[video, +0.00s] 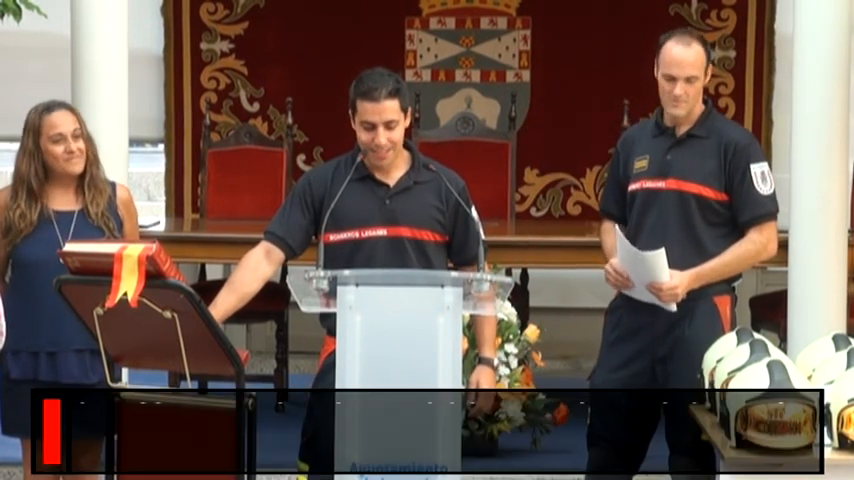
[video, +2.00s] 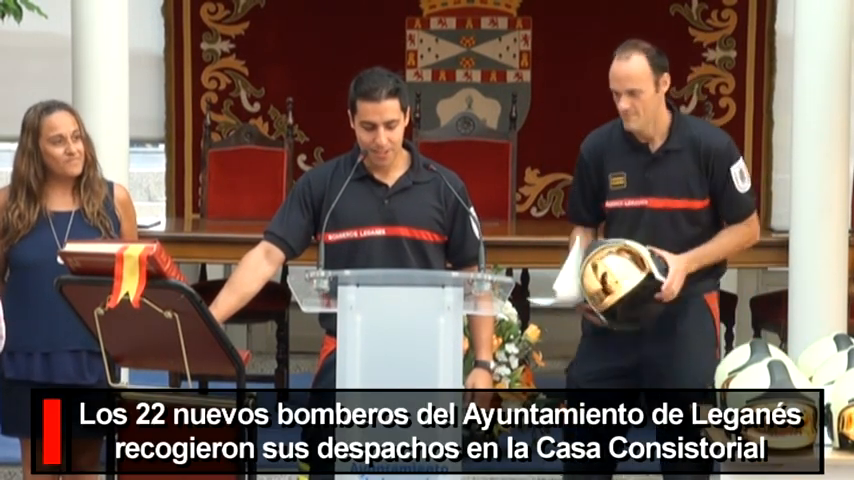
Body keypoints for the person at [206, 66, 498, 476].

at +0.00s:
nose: (379, 139)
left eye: (390, 126)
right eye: (368, 127)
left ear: (408, 119)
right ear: (353, 123)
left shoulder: (447, 188)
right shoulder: (322, 184)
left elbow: (477, 279)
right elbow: (267, 255)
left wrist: (486, 361)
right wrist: (207, 322)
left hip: (428, 356)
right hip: (347, 355)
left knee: (427, 469)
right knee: (324, 465)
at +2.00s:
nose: (380, 139)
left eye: (391, 126)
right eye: (368, 127)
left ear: (407, 119)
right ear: (352, 122)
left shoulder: (446, 188)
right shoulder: (322, 184)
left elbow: (475, 281)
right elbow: (267, 255)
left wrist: (483, 364)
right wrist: (208, 322)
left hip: (427, 351)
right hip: (347, 350)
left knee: (429, 468)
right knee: (330, 464)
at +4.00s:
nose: (381, 140)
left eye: (391, 126)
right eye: (369, 127)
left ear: (409, 120)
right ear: (354, 123)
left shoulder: (448, 191)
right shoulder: (324, 185)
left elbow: (477, 282)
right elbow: (270, 256)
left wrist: (485, 366)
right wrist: (214, 321)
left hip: (430, 355)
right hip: (350, 353)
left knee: (432, 470)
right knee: (330, 465)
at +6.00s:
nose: (384, 141)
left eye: (395, 127)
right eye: (373, 128)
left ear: (413, 121)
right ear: (358, 124)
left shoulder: (452, 191)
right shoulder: (329, 186)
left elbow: (481, 282)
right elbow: (274, 257)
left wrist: (489, 366)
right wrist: (214, 324)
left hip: (434, 353)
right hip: (354, 352)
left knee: (437, 469)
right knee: (333, 464)